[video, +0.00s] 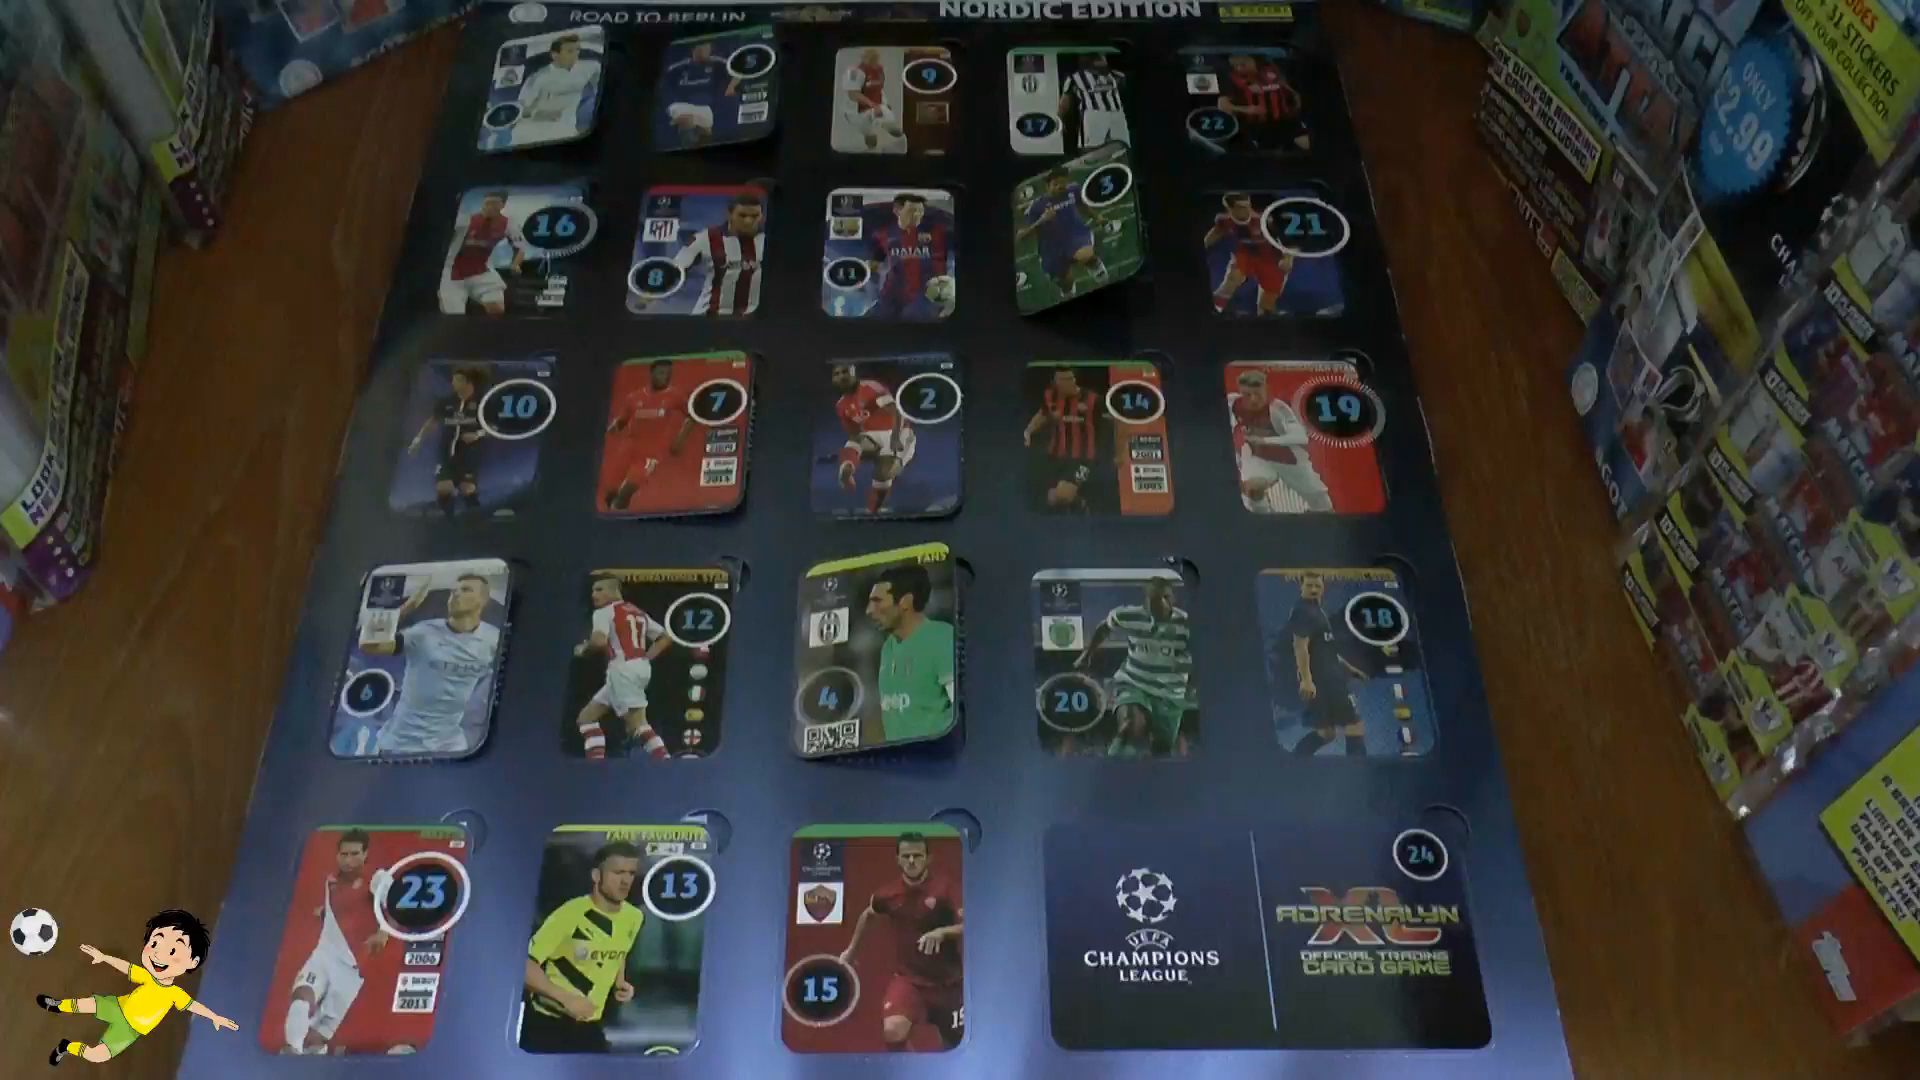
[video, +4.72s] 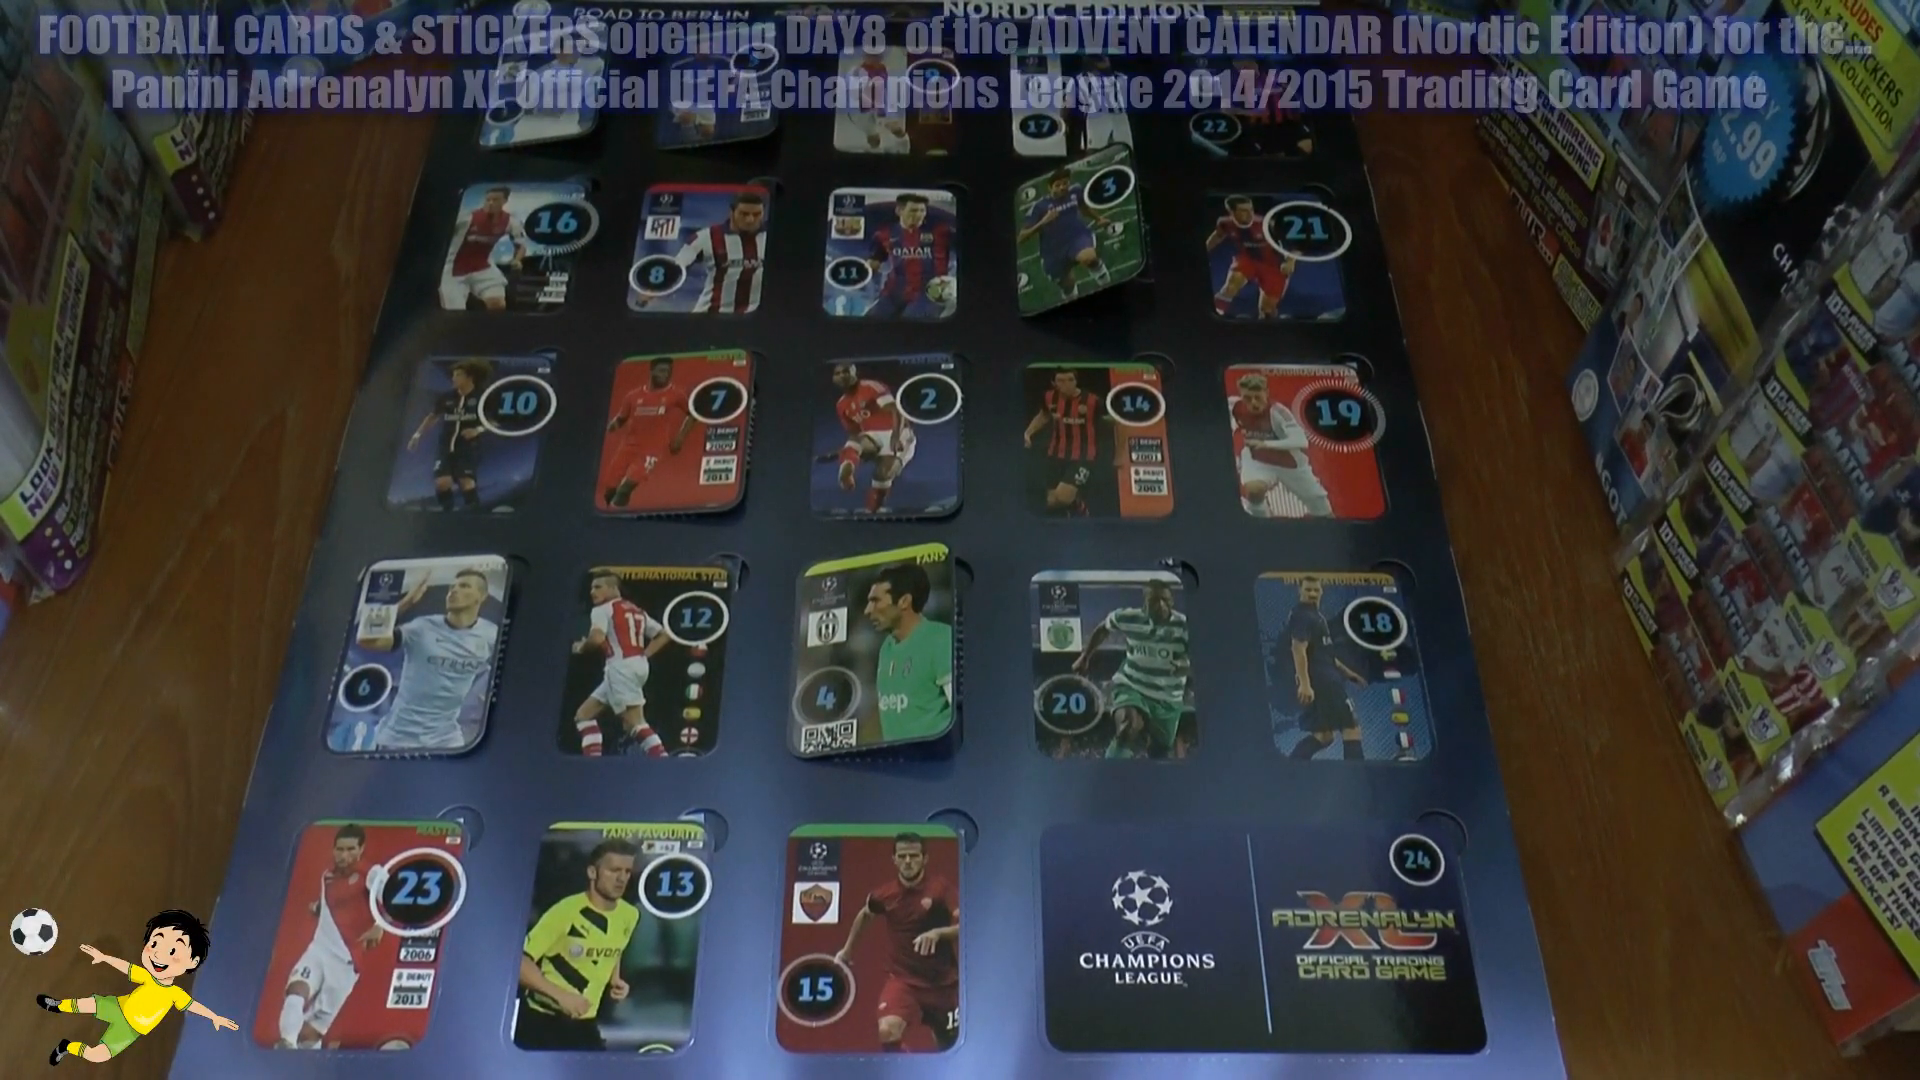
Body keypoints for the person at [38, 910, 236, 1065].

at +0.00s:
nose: (160, 956)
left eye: (172, 952)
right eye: (156, 944)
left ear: (189, 965)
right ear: (146, 946)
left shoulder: (176, 995)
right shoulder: (143, 975)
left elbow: (195, 1007)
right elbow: (124, 967)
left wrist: (215, 1018)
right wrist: (103, 958)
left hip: (131, 1029)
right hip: (119, 1008)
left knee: (99, 1055)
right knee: (88, 1003)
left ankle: (66, 1047)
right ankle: (57, 1006)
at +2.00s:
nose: (159, 956)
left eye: (172, 953)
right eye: (155, 944)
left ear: (188, 965)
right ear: (146, 945)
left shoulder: (176, 995)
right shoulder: (143, 975)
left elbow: (195, 1007)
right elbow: (124, 967)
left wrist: (214, 1017)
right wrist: (103, 958)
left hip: (131, 1030)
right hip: (119, 1008)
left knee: (99, 1055)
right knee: (89, 1003)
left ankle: (66, 1047)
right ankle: (57, 1006)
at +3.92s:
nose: (159, 955)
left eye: (172, 952)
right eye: (155, 944)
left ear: (187, 967)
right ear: (145, 946)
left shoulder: (176, 995)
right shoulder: (144, 976)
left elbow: (195, 1007)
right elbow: (124, 966)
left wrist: (215, 1017)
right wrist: (103, 958)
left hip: (131, 1030)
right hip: (119, 1008)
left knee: (99, 1055)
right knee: (89, 1003)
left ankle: (66, 1047)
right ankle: (57, 1006)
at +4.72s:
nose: (159, 955)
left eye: (172, 952)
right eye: (155, 944)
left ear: (187, 966)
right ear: (145, 945)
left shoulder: (176, 995)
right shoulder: (144, 976)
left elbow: (195, 1007)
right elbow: (124, 966)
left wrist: (215, 1017)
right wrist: (103, 958)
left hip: (131, 1030)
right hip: (119, 1008)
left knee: (99, 1055)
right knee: (88, 1003)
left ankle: (66, 1047)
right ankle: (57, 1006)